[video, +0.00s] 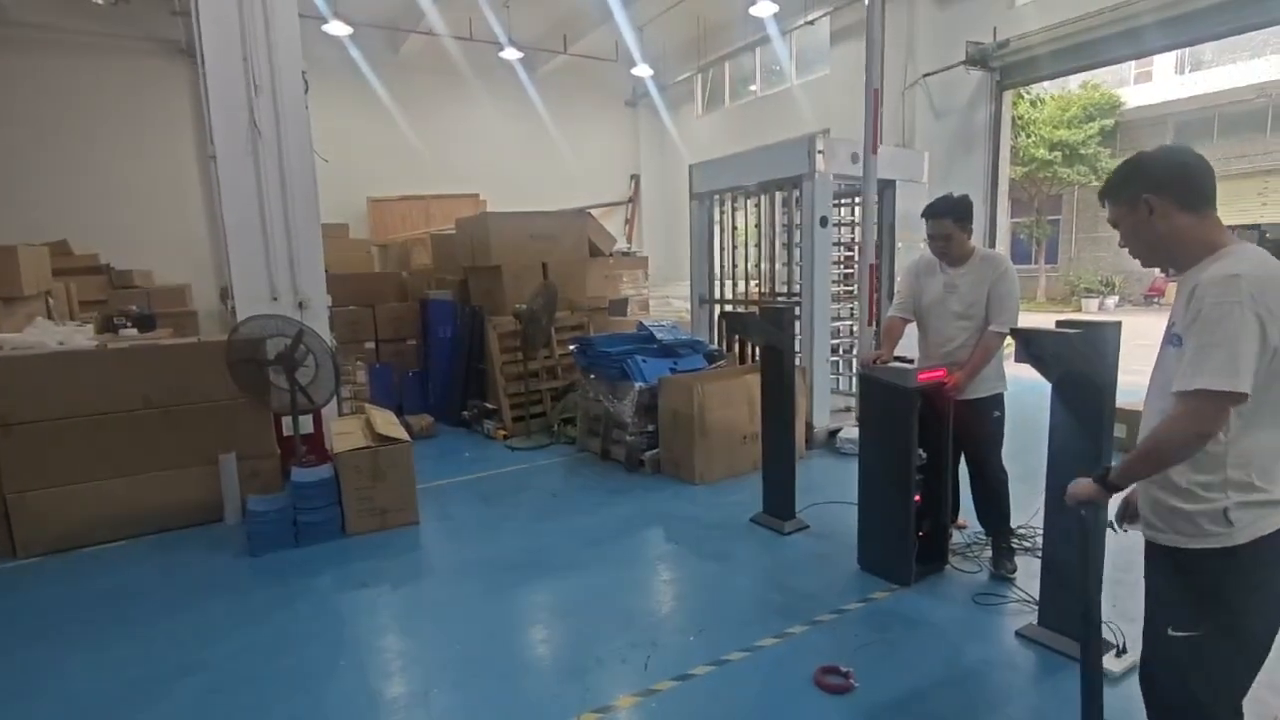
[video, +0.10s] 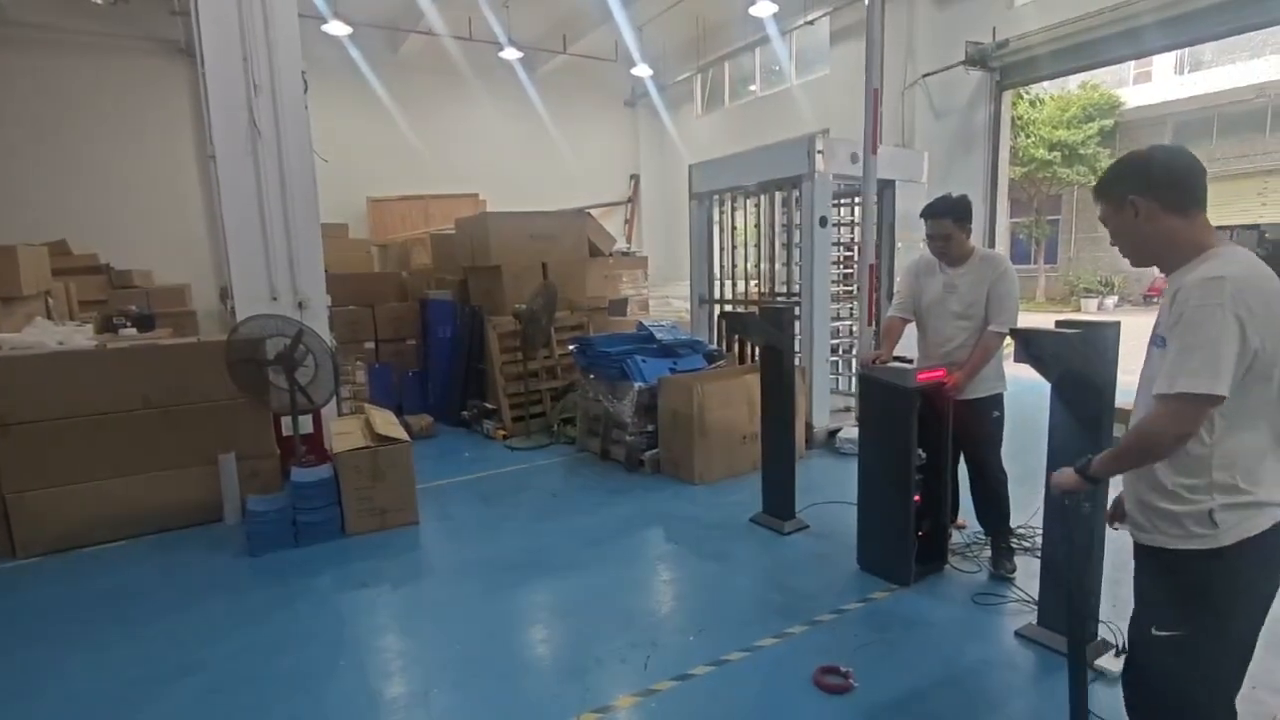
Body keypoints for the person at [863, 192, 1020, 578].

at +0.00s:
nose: (935, 246)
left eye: (943, 238)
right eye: (930, 238)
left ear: (967, 232)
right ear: (925, 233)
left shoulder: (997, 268)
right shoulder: (919, 268)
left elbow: (998, 329)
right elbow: (899, 314)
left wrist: (966, 373)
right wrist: (885, 349)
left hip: (981, 390)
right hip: (933, 390)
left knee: (987, 470)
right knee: (936, 471)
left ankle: (1001, 542)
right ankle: (934, 546)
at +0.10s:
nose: (936, 246)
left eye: (944, 238)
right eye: (930, 238)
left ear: (967, 231)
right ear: (925, 234)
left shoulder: (997, 268)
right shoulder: (919, 267)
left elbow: (997, 329)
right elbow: (898, 313)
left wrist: (965, 373)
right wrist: (884, 350)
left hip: (981, 390)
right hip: (932, 390)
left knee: (986, 471)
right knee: (935, 471)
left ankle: (1000, 542)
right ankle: (933, 545)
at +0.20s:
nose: (936, 246)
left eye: (944, 238)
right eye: (930, 238)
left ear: (967, 231)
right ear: (924, 234)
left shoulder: (996, 268)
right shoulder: (918, 268)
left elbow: (996, 330)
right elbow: (898, 314)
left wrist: (964, 374)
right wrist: (883, 349)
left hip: (981, 391)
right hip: (932, 391)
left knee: (987, 472)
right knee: (935, 471)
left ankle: (1000, 542)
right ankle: (934, 543)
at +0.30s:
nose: (934, 245)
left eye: (941, 237)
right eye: (928, 237)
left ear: (966, 231)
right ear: (924, 234)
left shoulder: (995, 268)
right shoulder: (918, 268)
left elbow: (996, 330)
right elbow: (897, 314)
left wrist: (963, 374)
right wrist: (883, 350)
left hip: (980, 391)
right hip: (932, 391)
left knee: (986, 472)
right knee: (934, 471)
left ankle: (999, 543)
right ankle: (933, 543)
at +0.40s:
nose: (934, 245)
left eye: (942, 237)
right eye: (928, 237)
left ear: (965, 230)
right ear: (923, 234)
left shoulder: (995, 269)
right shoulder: (918, 268)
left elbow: (995, 330)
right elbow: (897, 314)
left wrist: (963, 374)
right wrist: (883, 350)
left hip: (979, 392)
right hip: (931, 391)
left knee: (985, 474)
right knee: (933, 472)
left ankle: (999, 543)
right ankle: (931, 545)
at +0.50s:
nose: (935, 244)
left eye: (943, 236)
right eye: (929, 236)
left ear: (966, 230)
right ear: (923, 234)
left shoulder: (994, 268)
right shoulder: (917, 268)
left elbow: (995, 328)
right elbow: (896, 313)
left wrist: (964, 373)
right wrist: (882, 349)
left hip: (978, 393)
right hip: (929, 392)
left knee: (986, 479)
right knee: (932, 476)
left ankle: (999, 555)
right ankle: (928, 551)